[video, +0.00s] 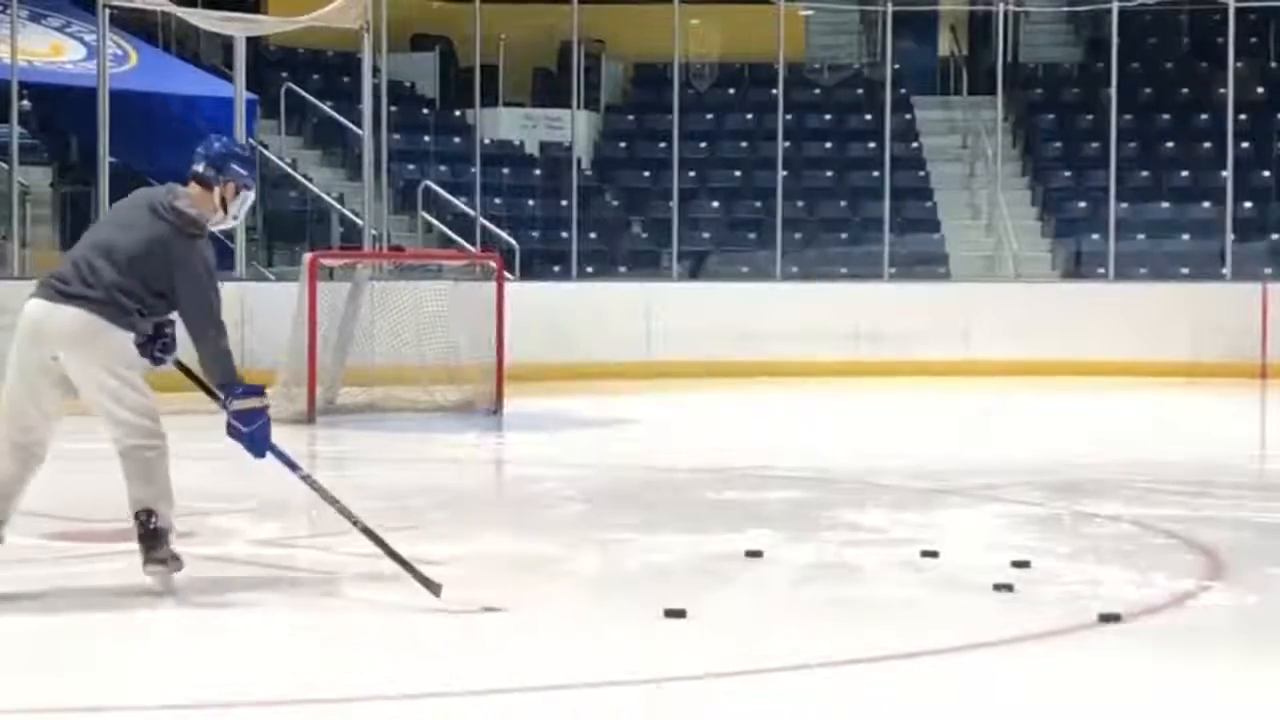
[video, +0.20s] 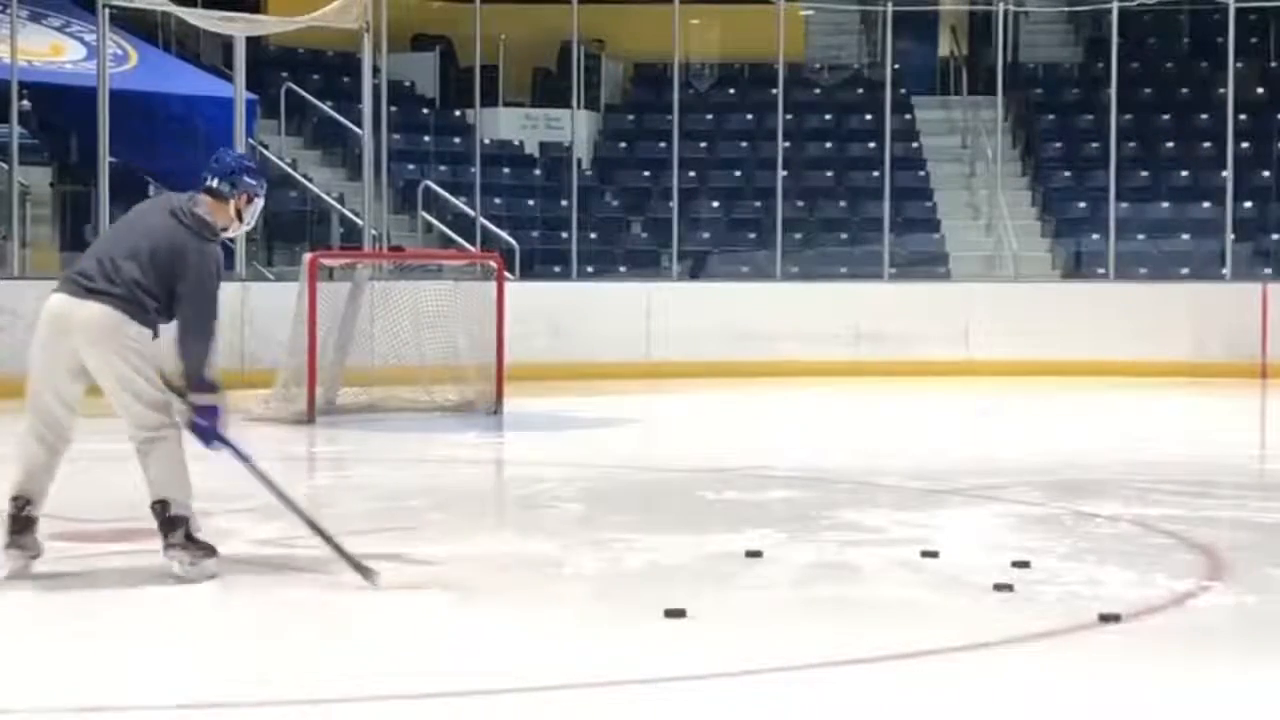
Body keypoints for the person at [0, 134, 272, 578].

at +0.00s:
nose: (239, 208)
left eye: (243, 197)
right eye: (239, 194)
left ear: (195, 177)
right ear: (221, 186)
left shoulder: (142, 199)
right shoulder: (190, 243)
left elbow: (116, 261)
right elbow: (208, 331)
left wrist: (150, 322)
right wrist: (236, 396)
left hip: (39, 312)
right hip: (94, 326)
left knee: (19, 442)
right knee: (138, 433)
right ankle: (154, 538)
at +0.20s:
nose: (250, 216)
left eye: (253, 205)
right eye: (251, 204)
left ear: (209, 186)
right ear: (239, 200)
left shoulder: (162, 204)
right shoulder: (202, 249)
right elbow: (195, 329)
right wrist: (203, 392)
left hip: (60, 306)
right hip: (114, 321)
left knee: (46, 424)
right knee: (155, 428)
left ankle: (20, 520)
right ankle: (177, 535)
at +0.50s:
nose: (263, 228)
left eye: (265, 218)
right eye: (263, 218)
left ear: (225, 201)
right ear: (253, 214)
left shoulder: (181, 218)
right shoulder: (246, 261)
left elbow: (123, 246)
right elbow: (216, 301)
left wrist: (145, 283)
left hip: (118, 332)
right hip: (158, 348)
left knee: (138, 425)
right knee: (156, 439)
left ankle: (129, 505)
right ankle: (94, 498)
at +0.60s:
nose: (280, 215)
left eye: (280, 206)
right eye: (279, 206)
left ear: (240, 196)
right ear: (268, 206)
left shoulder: (195, 218)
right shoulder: (269, 253)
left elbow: (137, 246)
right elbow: (240, 296)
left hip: (147, 330)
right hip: (189, 347)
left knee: (186, 422)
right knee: (166, 450)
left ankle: (151, 500)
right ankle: (97, 500)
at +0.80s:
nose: (317, 186)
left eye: (312, 177)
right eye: (317, 178)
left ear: (281, 171)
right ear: (315, 180)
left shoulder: (245, 206)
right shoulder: (316, 226)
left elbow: (207, 258)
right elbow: (318, 296)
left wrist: (230, 294)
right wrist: (322, 352)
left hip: (218, 318)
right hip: (259, 331)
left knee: (228, 417)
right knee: (256, 430)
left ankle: (211, 493)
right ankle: (193, 483)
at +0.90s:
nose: (357, 179)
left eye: (356, 172)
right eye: (357, 172)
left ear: (319, 166)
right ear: (352, 174)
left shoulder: (279, 204)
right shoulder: (349, 222)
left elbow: (268, 262)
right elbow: (356, 291)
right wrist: (372, 339)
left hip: (256, 316)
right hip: (301, 331)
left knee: (266, 412)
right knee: (313, 419)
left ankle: (246, 489)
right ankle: (242, 475)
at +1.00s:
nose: (395, 178)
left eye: (394, 170)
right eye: (394, 170)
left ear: (356, 164)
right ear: (386, 171)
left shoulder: (326, 199)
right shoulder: (376, 214)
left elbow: (314, 253)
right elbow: (383, 282)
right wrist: (413, 314)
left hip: (300, 314)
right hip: (337, 327)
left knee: (308, 408)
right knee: (368, 410)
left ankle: (295, 486)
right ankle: (306, 467)